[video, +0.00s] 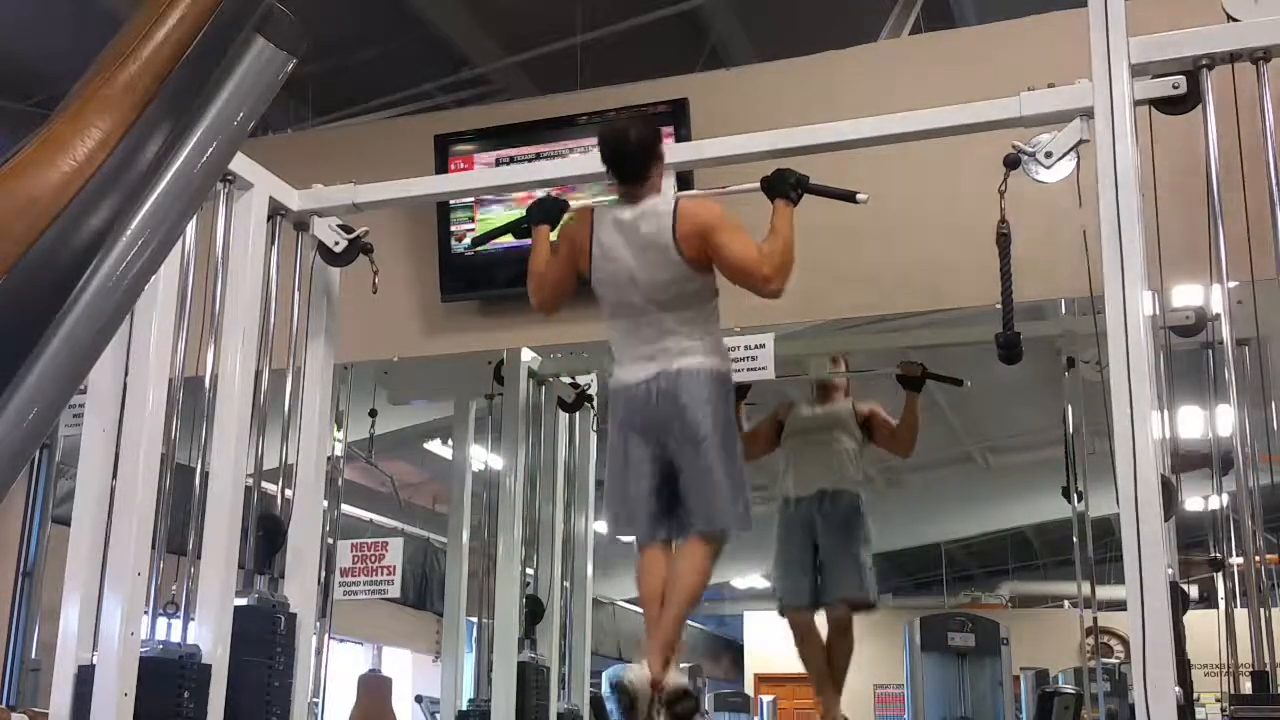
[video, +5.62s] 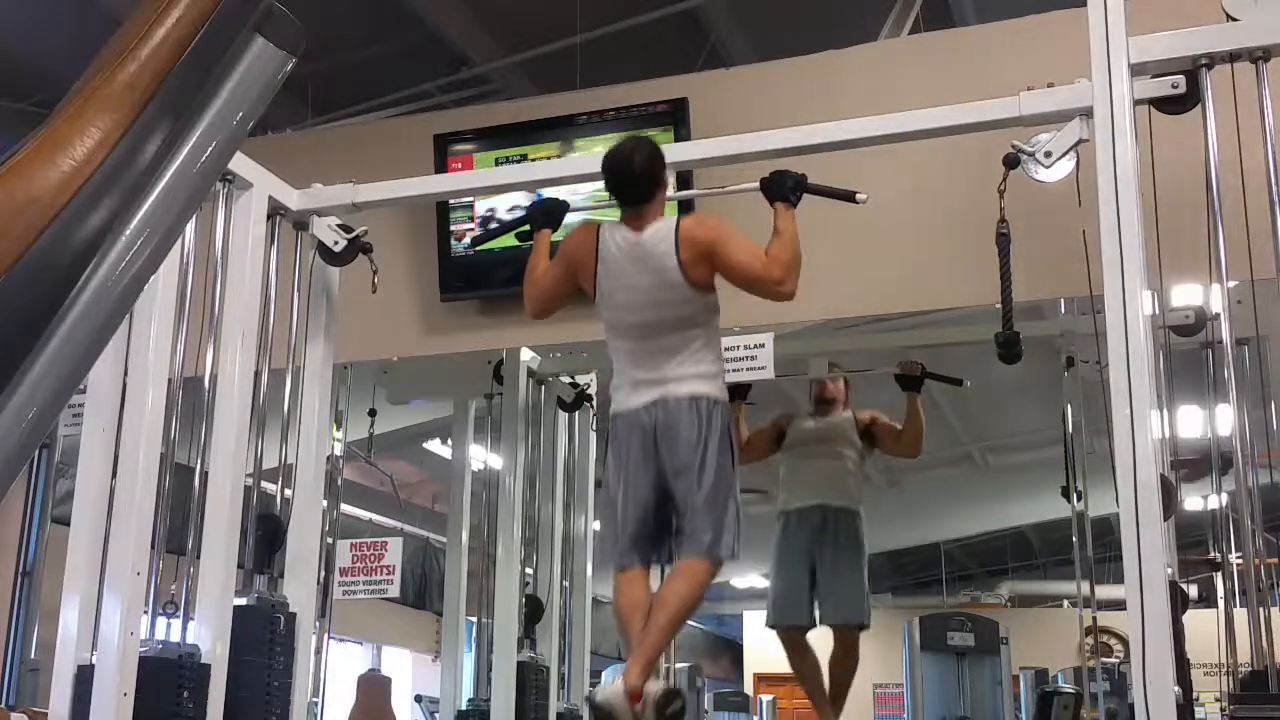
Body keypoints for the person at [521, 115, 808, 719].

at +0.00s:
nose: (659, 153)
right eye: (659, 145)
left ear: (607, 169)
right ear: (661, 155)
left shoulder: (584, 227)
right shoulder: (696, 215)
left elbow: (544, 297)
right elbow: (771, 278)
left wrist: (540, 230)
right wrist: (784, 204)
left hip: (631, 391)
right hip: (694, 385)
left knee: (652, 534)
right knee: (706, 529)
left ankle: (665, 671)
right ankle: (653, 665)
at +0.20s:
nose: (661, 228)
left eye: (650, 224)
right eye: (659, 222)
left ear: (605, 238)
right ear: (660, 231)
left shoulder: (588, 292)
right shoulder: (696, 284)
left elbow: (545, 302)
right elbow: (782, 285)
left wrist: (541, 235)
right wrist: (786, 209)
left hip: (630, 469)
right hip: (696, 463)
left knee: (646, 611)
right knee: (704, 606)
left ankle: (659, 719)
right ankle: (661, 716)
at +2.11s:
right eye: (656, 182)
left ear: (607, 202)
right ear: (660, 193)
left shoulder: (584, 257)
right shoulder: (697, 244)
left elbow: (540, 305)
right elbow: (781, 282)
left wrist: (540, 234)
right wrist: (784, 208)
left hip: (626, 427)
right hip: (692, 422)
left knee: (628, 571)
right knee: (696, 565)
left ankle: (642, 698)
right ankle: (628, 695)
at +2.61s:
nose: (659, 257)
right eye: (659, 249)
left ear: (610, 268)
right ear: (663, 261)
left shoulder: (593, 321)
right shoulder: (698, 305)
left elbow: (545, 302)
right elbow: (784, 289)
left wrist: (542, 236)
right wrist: (785, 208)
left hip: (627, 499)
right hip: (694, 492)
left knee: (632, 644)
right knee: (709, 640)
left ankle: (639, 718)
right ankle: (659, 715)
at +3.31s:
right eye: (661, 167)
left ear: (609, 192)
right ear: (663, 182)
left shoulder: (585, 245)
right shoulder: (698, 233)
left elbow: (538, 302)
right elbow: (780, 279)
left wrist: (540, 232)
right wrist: (785, 207)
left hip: (627, 414)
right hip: (692, 409)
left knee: (627, 554)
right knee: (697, 549)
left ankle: (648, 686)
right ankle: (633, 683)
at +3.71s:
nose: (665, 238)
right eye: (663, 232)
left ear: (611, 248)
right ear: (664, 241)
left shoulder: (589, 297)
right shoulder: (699, 287)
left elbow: (542, 303)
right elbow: (785, 288)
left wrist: (543, 236)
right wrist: (785, 210)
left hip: (627, 476)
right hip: (694, 471)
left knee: (635, 619)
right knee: (701, 613)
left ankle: (653, 719)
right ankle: (653, 716)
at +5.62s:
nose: (664, 176)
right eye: (664, 170)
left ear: (609, 193)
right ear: (663, 183)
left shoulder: (585, 242)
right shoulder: (698, 233)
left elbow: (537, 303)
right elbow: (780, 280)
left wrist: (541, 232)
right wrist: (785, 207)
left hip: (630, 413)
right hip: (694, 408)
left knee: (629, 553)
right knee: (702, 546)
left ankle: (645, 687)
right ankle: (632, 678)